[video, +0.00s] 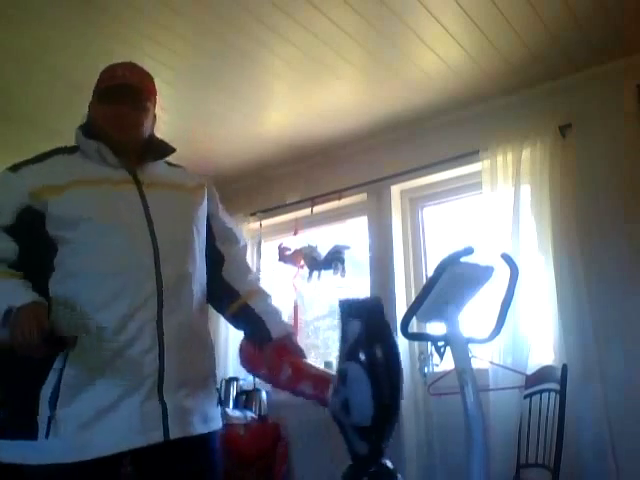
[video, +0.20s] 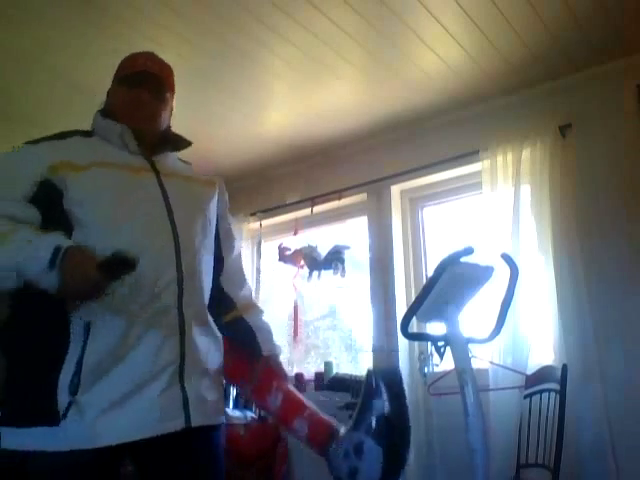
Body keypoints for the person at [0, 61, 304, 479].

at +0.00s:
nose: (126, 98)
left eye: (138, 93)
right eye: (112, 92)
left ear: (155, 111)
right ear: (91, 107)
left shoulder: (195, 192)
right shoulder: (31, 183)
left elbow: (233, 278)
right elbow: (1, 260)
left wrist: (278, 336)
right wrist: (17, 303)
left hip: (190, 423)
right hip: (83, 431)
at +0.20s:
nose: (150, 89)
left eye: (161, 86)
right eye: (137, 80)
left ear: (172, 108)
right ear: (108, 94)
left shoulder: (205, 190)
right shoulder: (39, 162)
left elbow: (232, 293)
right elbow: (4, 235)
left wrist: (261, 357)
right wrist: (52, 261)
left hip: (189, 418)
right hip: (73, 423)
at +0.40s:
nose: (202, 104)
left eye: (213, 100)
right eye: (188, 90)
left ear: (218, 120)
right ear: (159, 99)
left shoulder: (236, 207)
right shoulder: (91, 153)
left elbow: (239, 323)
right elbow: (14, 210)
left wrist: (253, 403)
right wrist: (105, 241)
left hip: (212, 445)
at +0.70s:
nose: (268, 115)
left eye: (275, 106)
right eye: (258, 101)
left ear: (280, 115)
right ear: (222, 96)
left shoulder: (282, 194)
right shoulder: (155, 146)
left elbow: (283, 312)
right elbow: (83, 212)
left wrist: (300, 428)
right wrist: (175, 231)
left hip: (261, 442)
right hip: (147, 438)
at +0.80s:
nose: (282, 115)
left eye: (294, 108)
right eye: (272, 101)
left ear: (301, 118)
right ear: (239, 98)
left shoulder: (313, 197)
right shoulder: (173, 154)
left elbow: (322, 312)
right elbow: (108, 222)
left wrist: (349, 390)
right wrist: (208, 234)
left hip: (296, 446)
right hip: (181, 443)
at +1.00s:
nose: (302, 96)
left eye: (309, 88)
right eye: (289, 84)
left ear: (314, 101)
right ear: (250, 87)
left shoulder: (339, 186)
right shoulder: (181, 152)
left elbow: (379, 288)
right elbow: (122, 223)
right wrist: (219, 238)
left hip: (308, 430)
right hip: (194, 426)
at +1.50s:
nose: (302, 69)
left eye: (305, 61)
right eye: (290, 52)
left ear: (301, 76)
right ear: (242, 48)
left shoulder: (306, 168)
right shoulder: (164, 116)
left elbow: (325, 278)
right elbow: (124, 209)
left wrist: (352, 347)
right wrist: (247, 280)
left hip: (299, 425)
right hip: (193, 424)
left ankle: (503, 457)